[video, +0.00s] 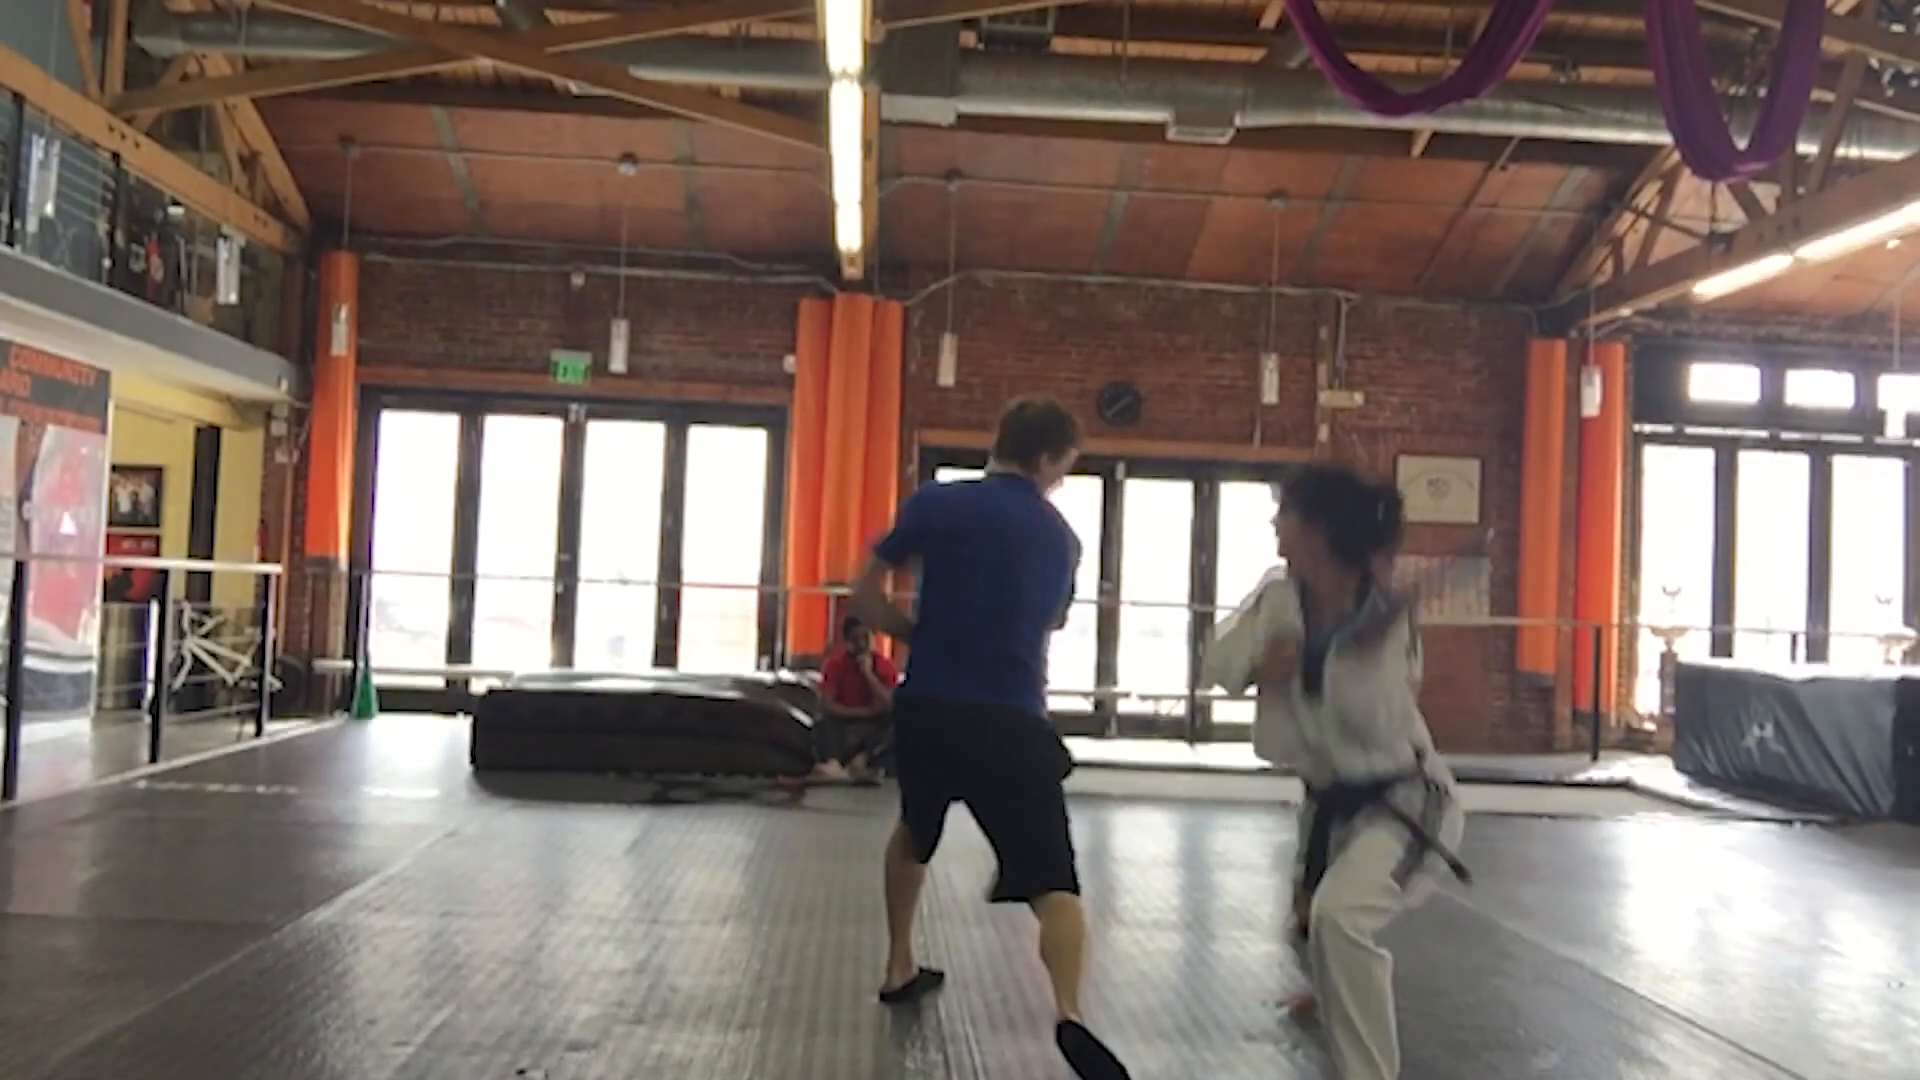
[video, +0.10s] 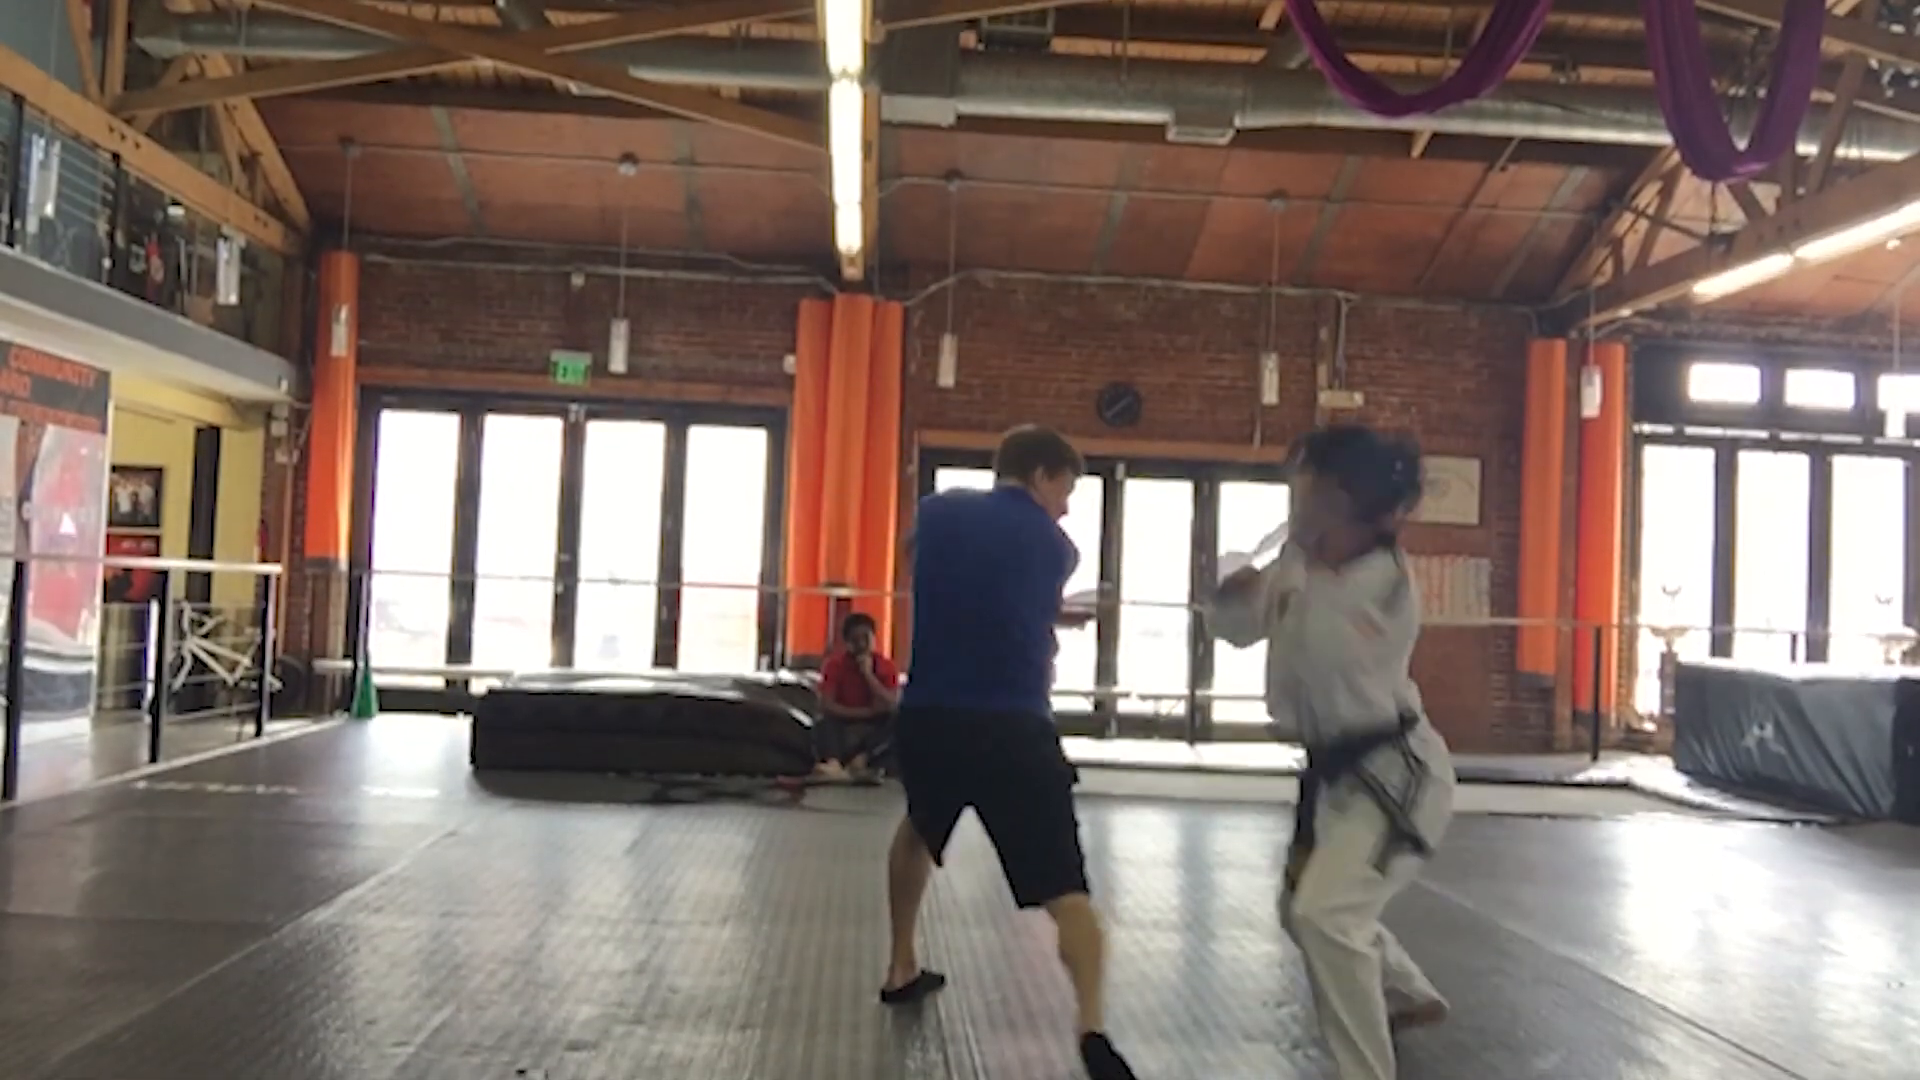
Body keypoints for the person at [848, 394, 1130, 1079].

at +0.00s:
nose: (1066, 474)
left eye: (1068, 462)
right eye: (1067, 462)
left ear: (1000, 448)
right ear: (1048, 459)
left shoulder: (938, 502)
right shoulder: (1059, 537)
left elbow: (865, 596)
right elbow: (1049, 621)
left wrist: (921, 633)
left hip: (927, 712)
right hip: (1012, 726)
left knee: (914, 828)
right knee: (1055, 886)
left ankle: (899, 969)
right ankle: (1070, 1017)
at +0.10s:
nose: (1067, 504)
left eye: (1070, 492)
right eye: (1066, 490)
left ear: (1003, 472)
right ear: (1041, 477)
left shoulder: (933, 511)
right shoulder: (1054, 544)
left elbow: (920, 584)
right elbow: (1035, 618)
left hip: (928, 724)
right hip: (1015, 734)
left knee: (921, 823)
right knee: (1066, 891)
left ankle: (900, 968)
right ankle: (1092, 1028)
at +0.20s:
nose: (1068, 501)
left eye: (1071, 490)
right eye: (1067, 489)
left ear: (1005, 469)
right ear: (1041, 475)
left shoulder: (939, 505)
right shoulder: (1048, 534)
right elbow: (1035, 597)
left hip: (926, 712)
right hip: (1010, 719)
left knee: (921, 823)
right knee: (1078, 872)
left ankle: (900, 968)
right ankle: (1115, 1021)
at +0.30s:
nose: (1075, 472)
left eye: (1078, 462)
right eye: (1074, 461)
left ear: (1009, 439)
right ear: (1046, 445)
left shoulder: (940, 475)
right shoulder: (1049, 498)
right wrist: (1104, 511)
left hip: (922, 696)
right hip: (1002, 701)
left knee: (930, 813)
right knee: (1088, 860)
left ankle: (897, 965)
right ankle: (1108, 1009)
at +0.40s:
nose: (1077, 448)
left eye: (1080, 437)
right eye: (1075, 436)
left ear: (1009, 424)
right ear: (1047, 428)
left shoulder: (936, 468)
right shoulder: (1059, 481)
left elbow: (846, 520)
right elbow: (1185, 493)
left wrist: (903, 576)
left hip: (930, 686)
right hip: (1012, 693)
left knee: (927, 813)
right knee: (1061, 862)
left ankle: (895, 965)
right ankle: (1090, 1050)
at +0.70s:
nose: (1079, 427)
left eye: (1079, 415)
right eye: (1076, 414)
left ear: (1005, 409)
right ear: (1051, 414)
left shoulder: (947, 465)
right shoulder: (1073, 478)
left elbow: (830, 490)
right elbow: (1190, 487)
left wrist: (815, 544)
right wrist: (1269, 486)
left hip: (949, 693)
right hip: (1037, 700)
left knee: (925, 827)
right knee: (1066, 871)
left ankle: (893, 971)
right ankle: (1088, 1055)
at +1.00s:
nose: (1127, 470)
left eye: (1129, 458)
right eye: (1124, 455)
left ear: (1054, 441)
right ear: (1087, 443)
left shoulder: (970, 470)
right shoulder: (1093, 501)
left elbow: (874, 511)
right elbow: (1193, 560)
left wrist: (814, 589)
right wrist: (1247, 571)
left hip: (943, 694)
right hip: (1021, 698)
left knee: (950, 825)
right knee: (1101, 872)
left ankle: (899, 972)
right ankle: (1090, 1061)